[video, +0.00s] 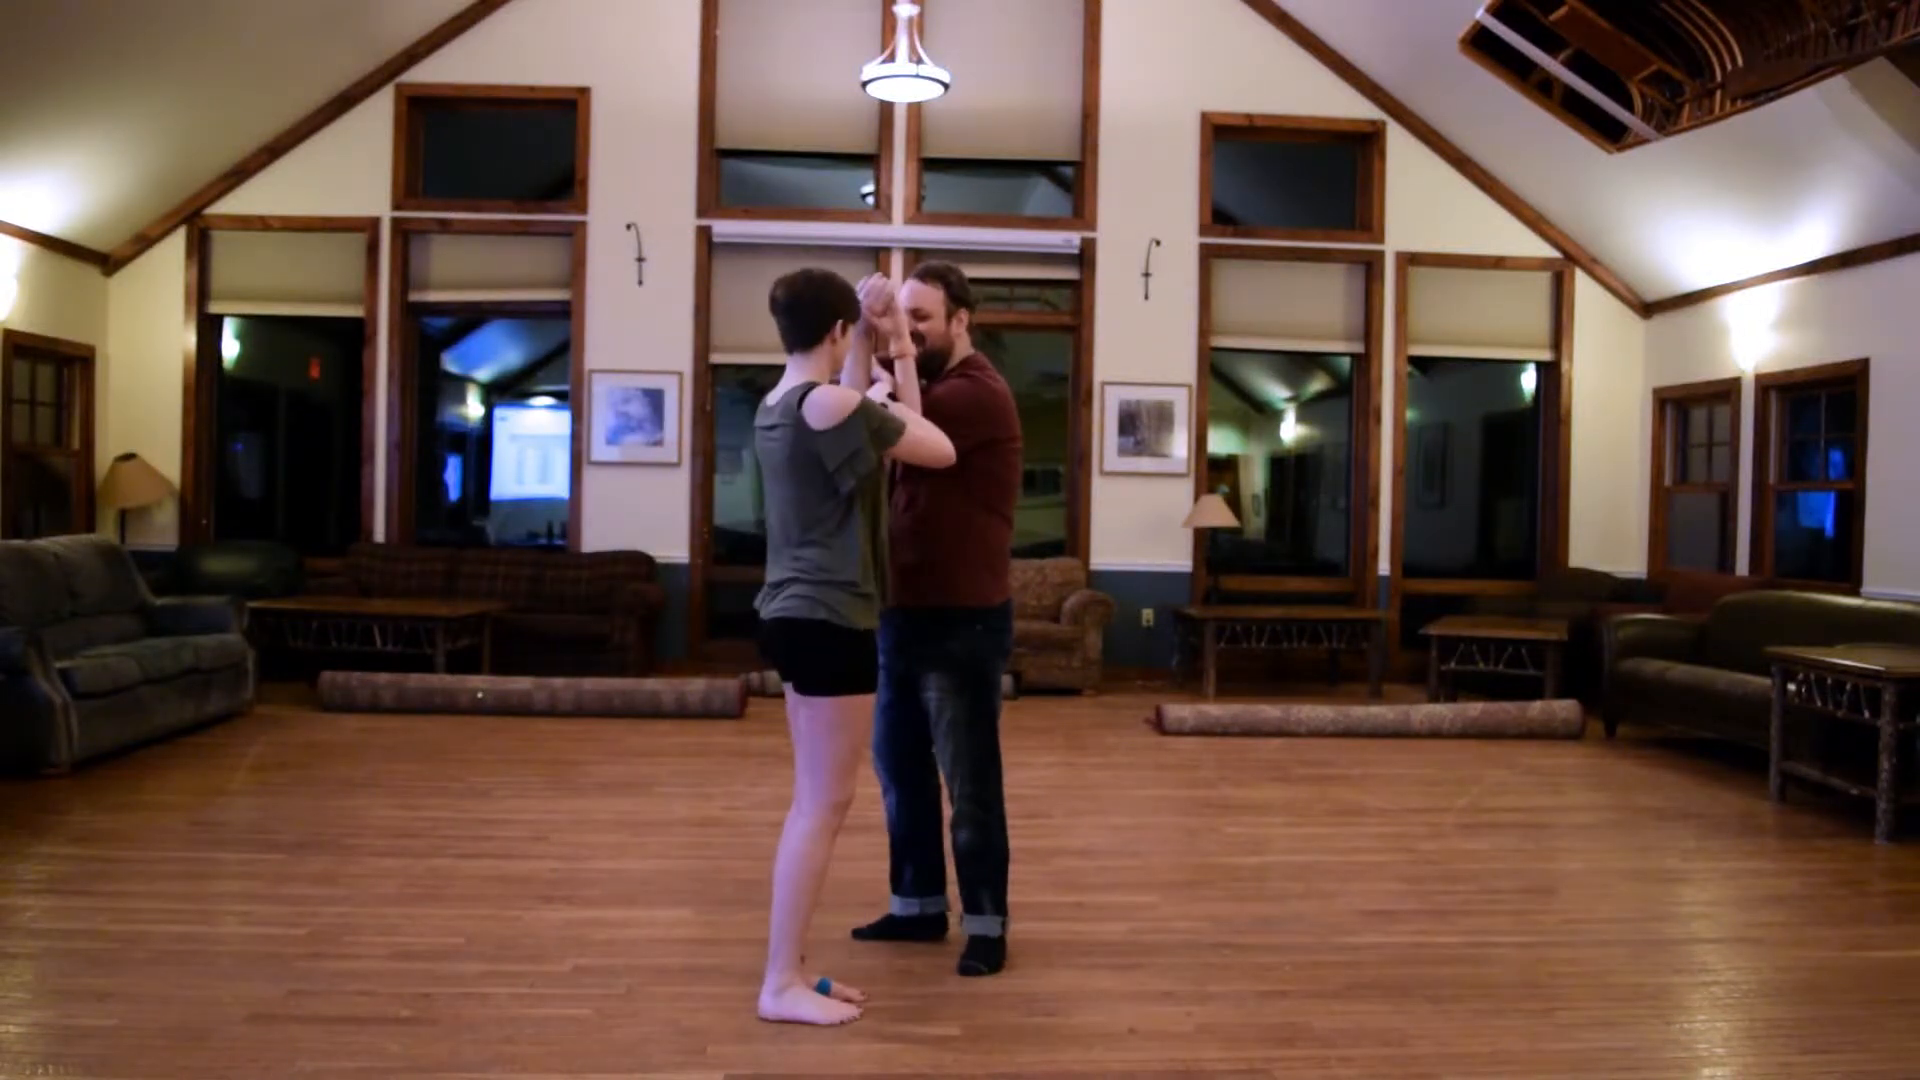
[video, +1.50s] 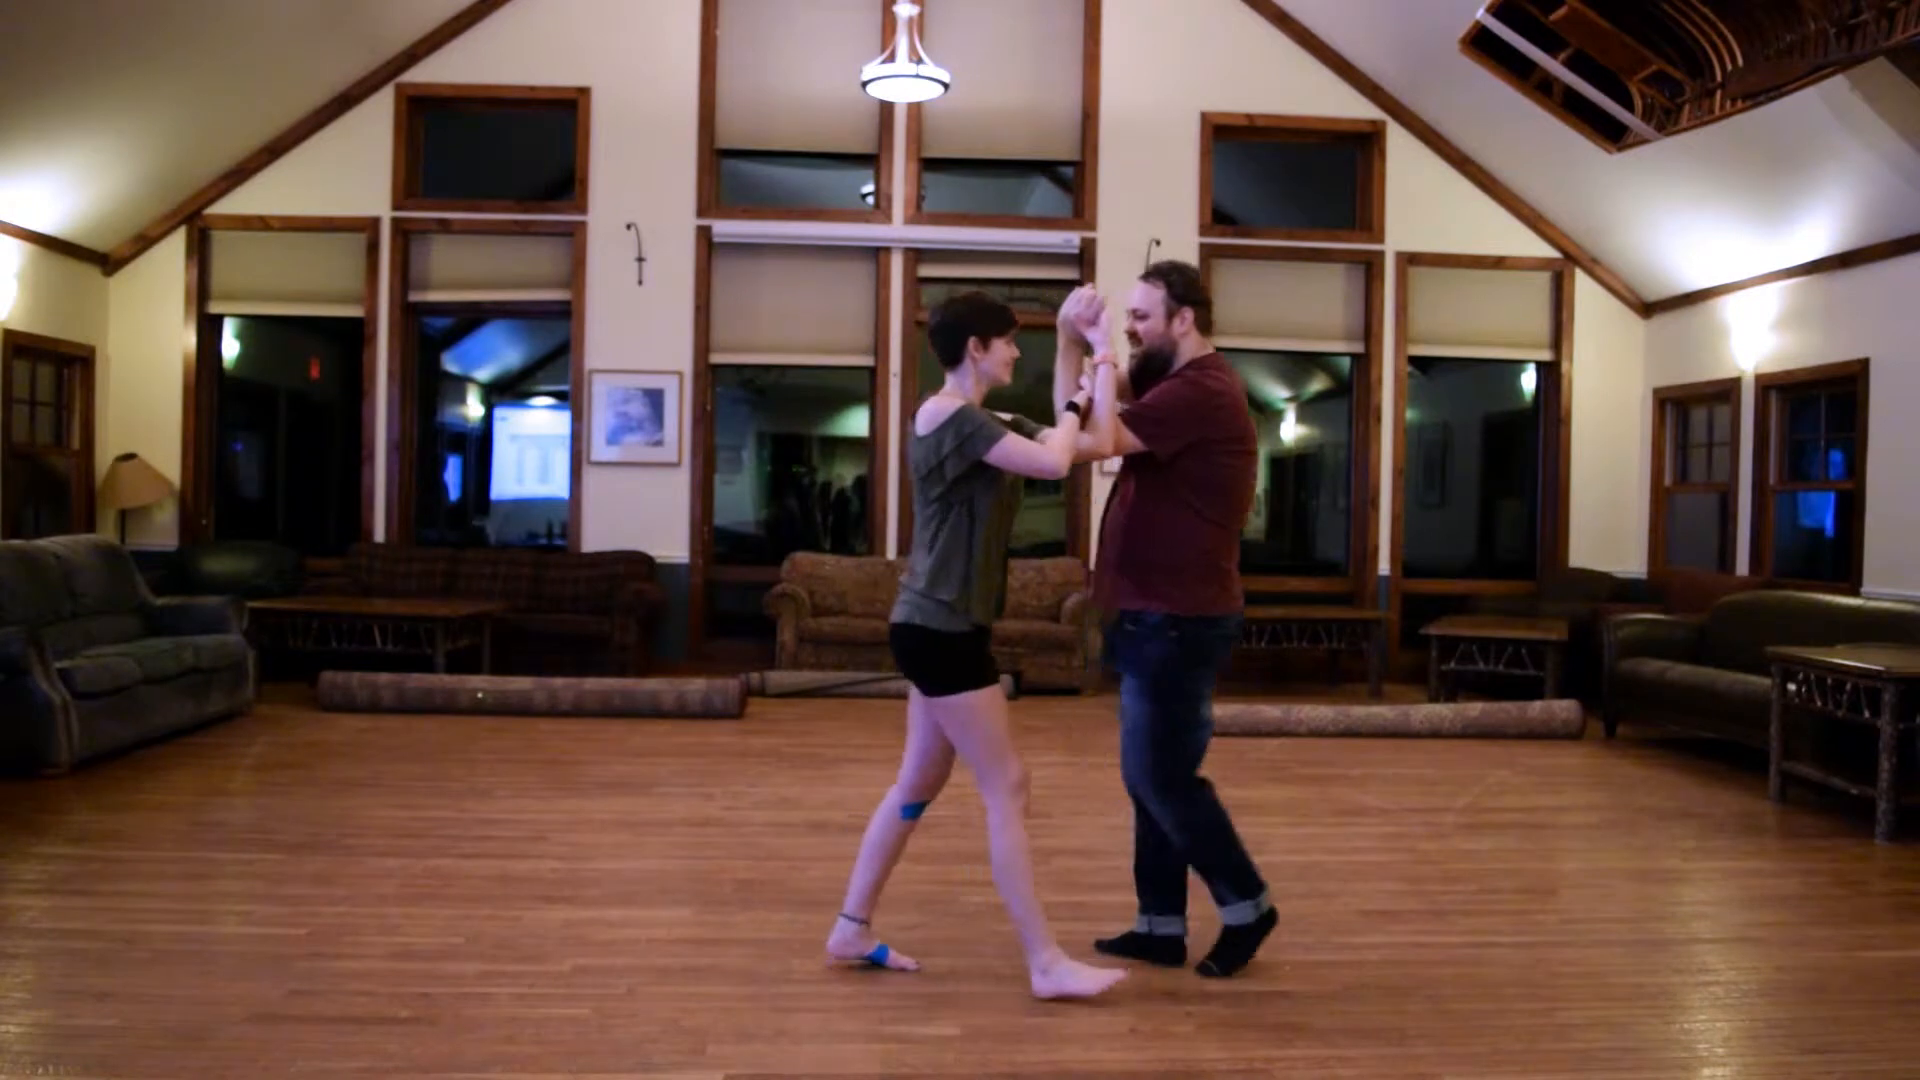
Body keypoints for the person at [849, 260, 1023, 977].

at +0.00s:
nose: (906, 330)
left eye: (921, 317)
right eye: (901, 317)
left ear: (960, 321)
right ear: (903, 322)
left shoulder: (980, 390)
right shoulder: (919, 385)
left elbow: (901, 440)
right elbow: (858, 416)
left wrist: (898, 354)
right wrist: (864, 337)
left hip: (965, 611)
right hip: (904, 608)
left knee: (967, 771)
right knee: (901, 762)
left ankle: (985, 922)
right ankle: (917, 906)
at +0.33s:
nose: (928, 329)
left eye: (944, 317)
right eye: (924, 317)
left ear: (984, 323)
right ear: (924, 323)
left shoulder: (1002, 394)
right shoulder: (941, 387)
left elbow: (916, 434)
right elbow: (883, 423)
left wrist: (922, 358)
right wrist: (882, 337)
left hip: (977, 618)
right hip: (918, 614)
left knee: (984, 772)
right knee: (909, 765)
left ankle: (1026, 923)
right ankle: (918, 908)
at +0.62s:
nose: (971, 332)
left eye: (987, 318)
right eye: (968, 319)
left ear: (1030, 321)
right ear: (976, 324)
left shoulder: (1051, 389)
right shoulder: (1004, 385)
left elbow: (954, 427)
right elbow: (927, 413)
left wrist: (959, 349)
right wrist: (925, 330)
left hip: (1037, 620)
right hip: (983, 616)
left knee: (1023, 777)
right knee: (948, 752)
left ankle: (1033, 929)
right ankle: (947, 900)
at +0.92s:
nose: (1032, 324)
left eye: (1044, 312)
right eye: (1031, 313)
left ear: (1086, 315)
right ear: (1058, 317)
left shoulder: (1101, 386)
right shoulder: (1061, 371)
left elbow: (996, 430)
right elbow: (974, 399)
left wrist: (990, 352)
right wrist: (974, 331)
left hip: (1076, 615)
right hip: (1036, 610)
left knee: (1049, 767)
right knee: (1043, 761)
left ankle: (1038, 927)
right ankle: (1135, 884)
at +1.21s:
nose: (1074, 329)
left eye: (1084, 316)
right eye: (1072, 317)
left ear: (1127, 318)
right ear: (1117, 321)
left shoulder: (1145, 386)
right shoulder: (1117, 377)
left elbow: (1034, 431)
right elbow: (1015, 407)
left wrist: (1031, 349)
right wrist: (1016, 335)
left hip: (1124, 616)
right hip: (1120, 613)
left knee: (1075, 767)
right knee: (1136, 768)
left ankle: (1066, 927)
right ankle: (1160, 926)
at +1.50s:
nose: (1132, 330)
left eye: (1142, 317)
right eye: (1131, 317)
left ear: (1183, 318)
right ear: (1170, 320)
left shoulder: (1205, 387)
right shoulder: (1164, 376)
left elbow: (1105, 438)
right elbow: (1076, 418)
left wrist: (1103, 362)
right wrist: (1079, 342)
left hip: (1183, 615)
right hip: (1148, 611)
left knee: (1159, 774)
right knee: (1151, 773)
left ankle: (1247, 907)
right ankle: (1160, 926)